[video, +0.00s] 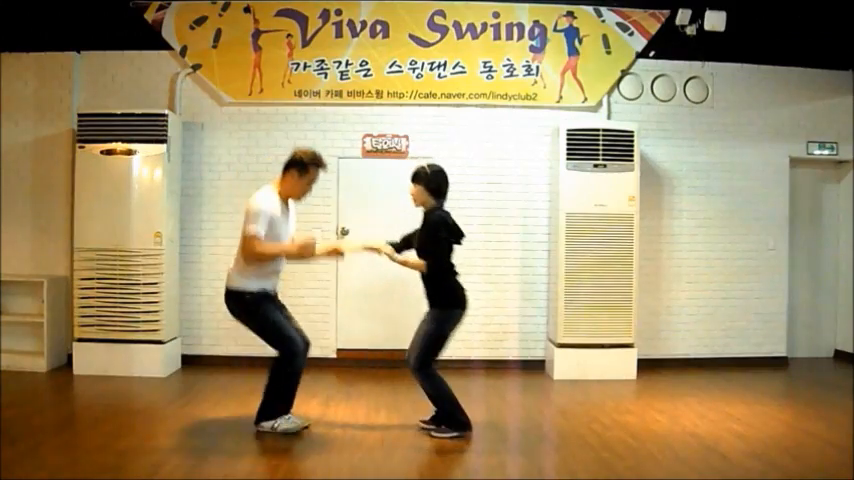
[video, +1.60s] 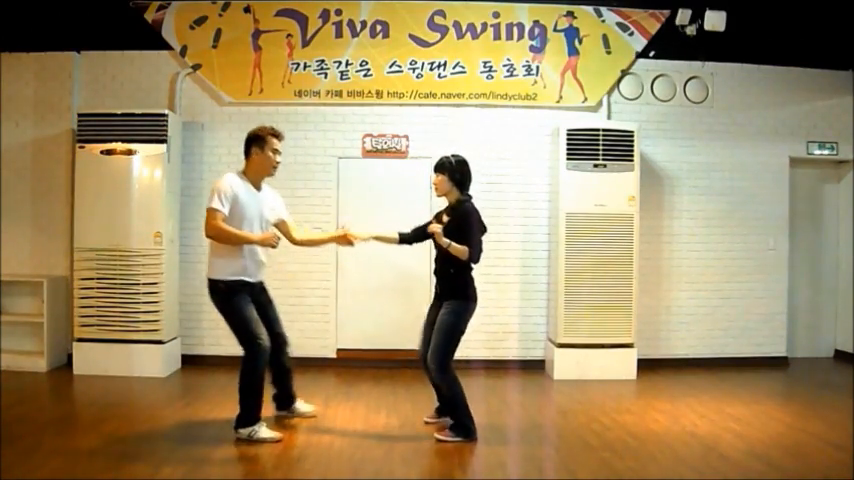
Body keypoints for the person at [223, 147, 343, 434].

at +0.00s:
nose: (310, 190)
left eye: (312, 184)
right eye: (309, 182)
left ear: (295, 176)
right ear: (292, 174)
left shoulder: (286, 205)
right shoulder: (262, 202)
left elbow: (286, 250)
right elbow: (251, 250)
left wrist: (322, 252)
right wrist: (292, 249)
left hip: (264, 293)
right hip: (244, 294)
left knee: (300, 344)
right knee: (293, 346)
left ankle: (277, 413)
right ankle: (269, 417)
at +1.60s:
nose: (278, 159)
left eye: (279, 154)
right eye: (274, 152)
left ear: (268, 157)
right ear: (253, 152)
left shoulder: (269, 196)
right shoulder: (227, 185)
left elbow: (296, 237)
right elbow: (212, 228)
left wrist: (335, 237)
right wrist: (256, 238)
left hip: (254, 283)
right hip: (226, 283)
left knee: (278, 342)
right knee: (258, 345)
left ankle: (285, 403)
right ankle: (247, 424)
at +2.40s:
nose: (240, 160)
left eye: (241, 154)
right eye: (236, 153)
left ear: (221, 155)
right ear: (216, 153)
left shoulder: (220, 191)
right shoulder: (188, 186)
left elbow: (203, 234)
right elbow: (177, 235)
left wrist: (231, 241)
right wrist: (222, 242)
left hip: (199, 282)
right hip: (175, 280)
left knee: (208, 346)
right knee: (189, 347)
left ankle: (158, 396)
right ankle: (161, 414)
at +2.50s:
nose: (247, 158)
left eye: (248, 152)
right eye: (243, 151)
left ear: (226, 153)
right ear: (224, 151)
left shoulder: (224, 189)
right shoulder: (196, 183)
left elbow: (207, 229)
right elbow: (177, 230)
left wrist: (232, 236)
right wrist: (222, 237)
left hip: (202, 280)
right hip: (178, 279)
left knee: (216, 340)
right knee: (188, 346)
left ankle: (172, 400)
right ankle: (161, 414)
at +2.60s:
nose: (253, 155)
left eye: (253, 149)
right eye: (248, 148)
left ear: (234, 150)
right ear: (229, 148)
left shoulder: (229, 187)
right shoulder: (202, 179)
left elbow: (210, 225)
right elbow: (175, 221)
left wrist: (234, 233)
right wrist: (218, 232)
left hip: (207, 278)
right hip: (183, 275)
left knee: (213, 341)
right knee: (193, 343)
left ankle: (175, 404)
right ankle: (164, 410)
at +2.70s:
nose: (254, 156)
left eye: (255, 150)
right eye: (250, 149)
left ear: (235, 152)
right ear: (231, 151)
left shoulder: (231, 189)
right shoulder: (205, 183)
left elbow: (212, 226)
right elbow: (176, 223)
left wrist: (235, 235)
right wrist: (221, 235)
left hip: (211, 281)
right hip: (190, 279)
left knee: (205, 347)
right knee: (202, 346)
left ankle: (170, 404)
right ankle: (167, 407)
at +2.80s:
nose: (256, 157)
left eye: (256, 150)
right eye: (252, 150)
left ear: (238, 154)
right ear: (233, 153)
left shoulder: (233, 191)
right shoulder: (210, 185)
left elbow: (213, 229)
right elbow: (180, 226)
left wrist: (236, 238)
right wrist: (223, 238)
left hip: (217, 283)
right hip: (196, 283)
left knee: (205, 350)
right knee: (206, 350)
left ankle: (172, 405)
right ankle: (169, 408)